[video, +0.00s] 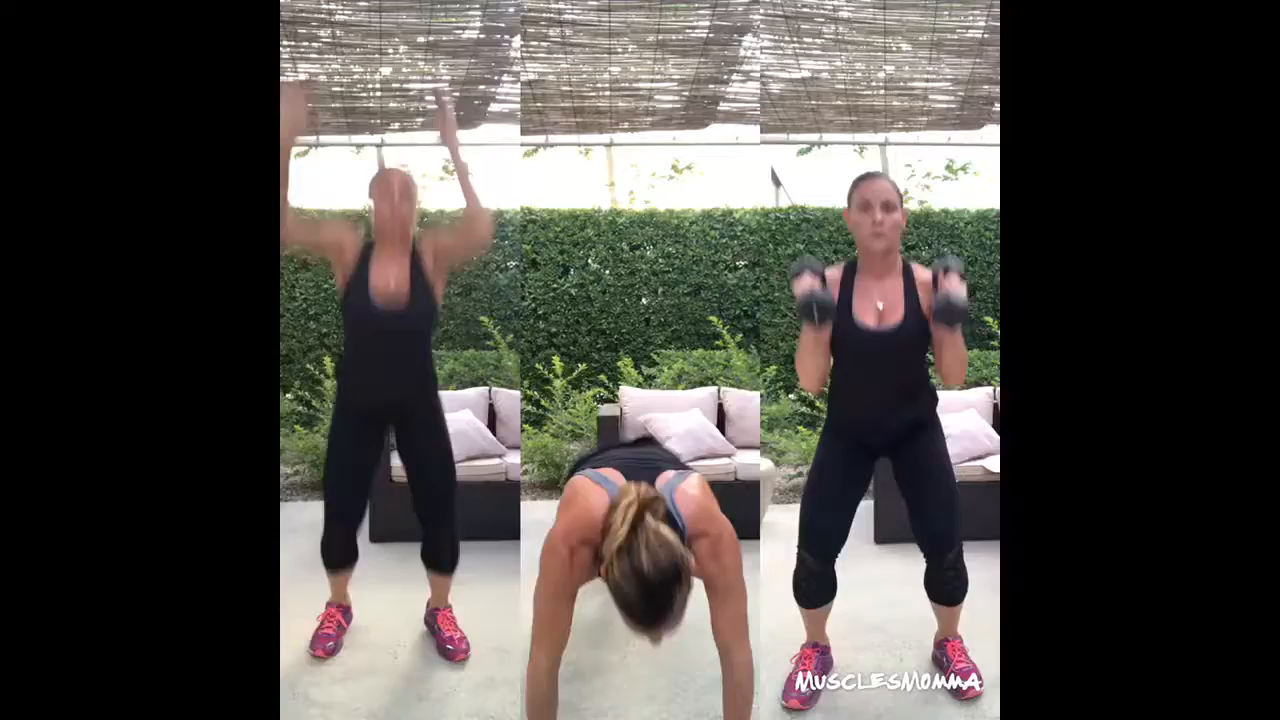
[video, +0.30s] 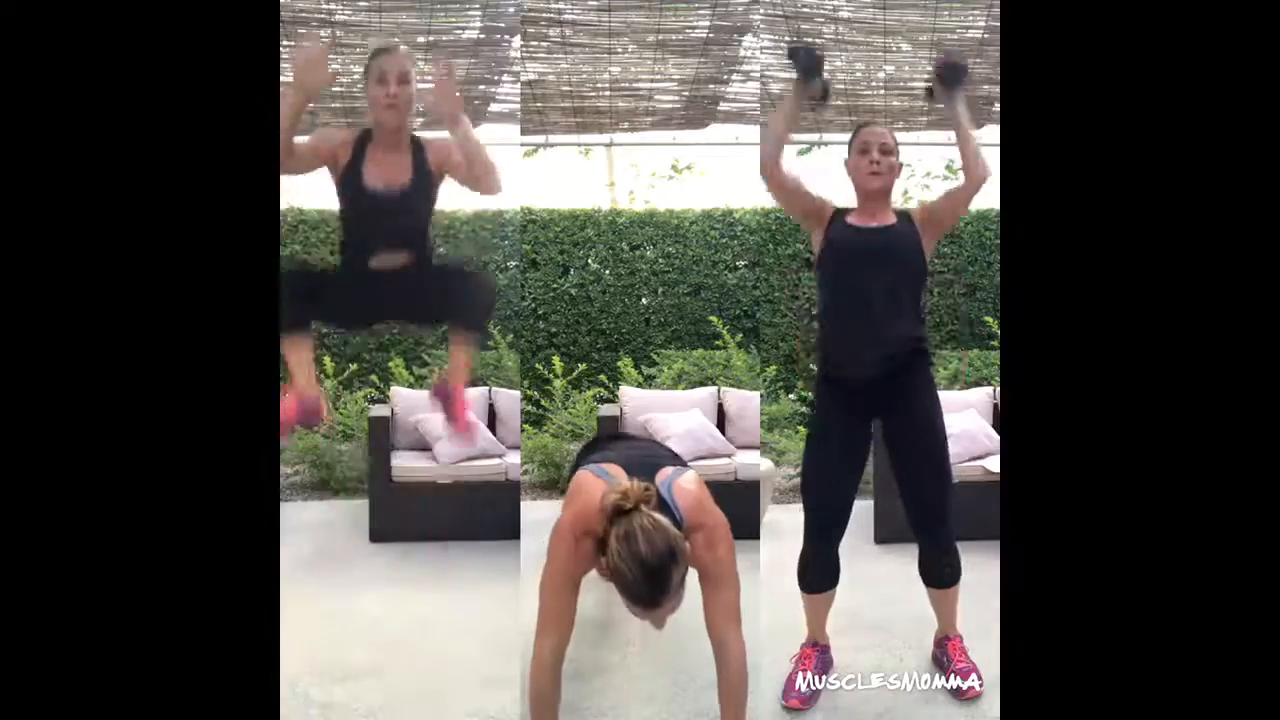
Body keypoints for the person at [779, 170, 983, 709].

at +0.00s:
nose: (878, 216)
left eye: (888, 207)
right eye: (865, 208)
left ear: (903, 218)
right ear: (848, 221)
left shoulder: (930, 284)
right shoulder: (828, 285)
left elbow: (954, 377)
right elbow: (811, 381)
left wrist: (947, 316)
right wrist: (815, 314)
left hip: (916, 428)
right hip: (846, 429)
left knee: (945, 548)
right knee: (813, 554)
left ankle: (949, 644)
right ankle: (815, 650)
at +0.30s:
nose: (879, 157)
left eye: (888, 150)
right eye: (867, 150)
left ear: (900, 166)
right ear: (848, 164)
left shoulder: (922, 223)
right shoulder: (824, 220)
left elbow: (975, 178)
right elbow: (771, 164)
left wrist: (956, 99)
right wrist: (798, 90)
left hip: (910, 392)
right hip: (839, 394)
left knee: (935, 528)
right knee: (820, 532)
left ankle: (950, 642)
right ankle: (816, 648)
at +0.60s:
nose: (873, 160)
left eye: (884, 153)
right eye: (863, 153)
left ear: (900, 169)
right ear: (845, 166)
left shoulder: (914, 221)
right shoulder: (827, 221)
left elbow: (938, 134)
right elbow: (807, 132)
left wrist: (936, 53)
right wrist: (814, 39)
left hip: (906, 399)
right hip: (832, 399)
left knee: (930, 530)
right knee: (812, 535)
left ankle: (948, 641)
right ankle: (814, 648)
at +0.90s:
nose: (880, 163)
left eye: (890, 154)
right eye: (868, 154)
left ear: (903, 166)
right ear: (850, 165)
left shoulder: (923, 231)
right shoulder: (827, 225)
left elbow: (992, 218)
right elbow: (771, 227)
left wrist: (963, 157)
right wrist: (782, 165)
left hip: (909, 393)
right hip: (836, 393)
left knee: (932, 527)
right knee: (820, 530)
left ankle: (949, 641)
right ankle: (815, 648)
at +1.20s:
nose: (887, 171)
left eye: (897, 160)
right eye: (875, 160)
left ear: (909, 167)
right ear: (857, 166)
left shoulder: (929, 234)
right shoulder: (832, 232)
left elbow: (964, 313)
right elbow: (794, 314)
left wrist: (958, 243)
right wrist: (805, 242)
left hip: (916, 396)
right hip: (843, 396)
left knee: (939, 532)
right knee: (824, 534)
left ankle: (949, 642)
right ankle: (815, 648)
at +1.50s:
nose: (886, 210)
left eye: (897, 196)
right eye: (873, 197)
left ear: (911, 193)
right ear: (852, 195)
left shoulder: (939, 251)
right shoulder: (824, 253)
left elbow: (970, 325)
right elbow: (804, 336)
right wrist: (807, 378)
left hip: (922, 402)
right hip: (851, 403)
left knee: (940, 527)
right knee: (828, 526)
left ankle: (949, 640)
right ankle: (815, 646)